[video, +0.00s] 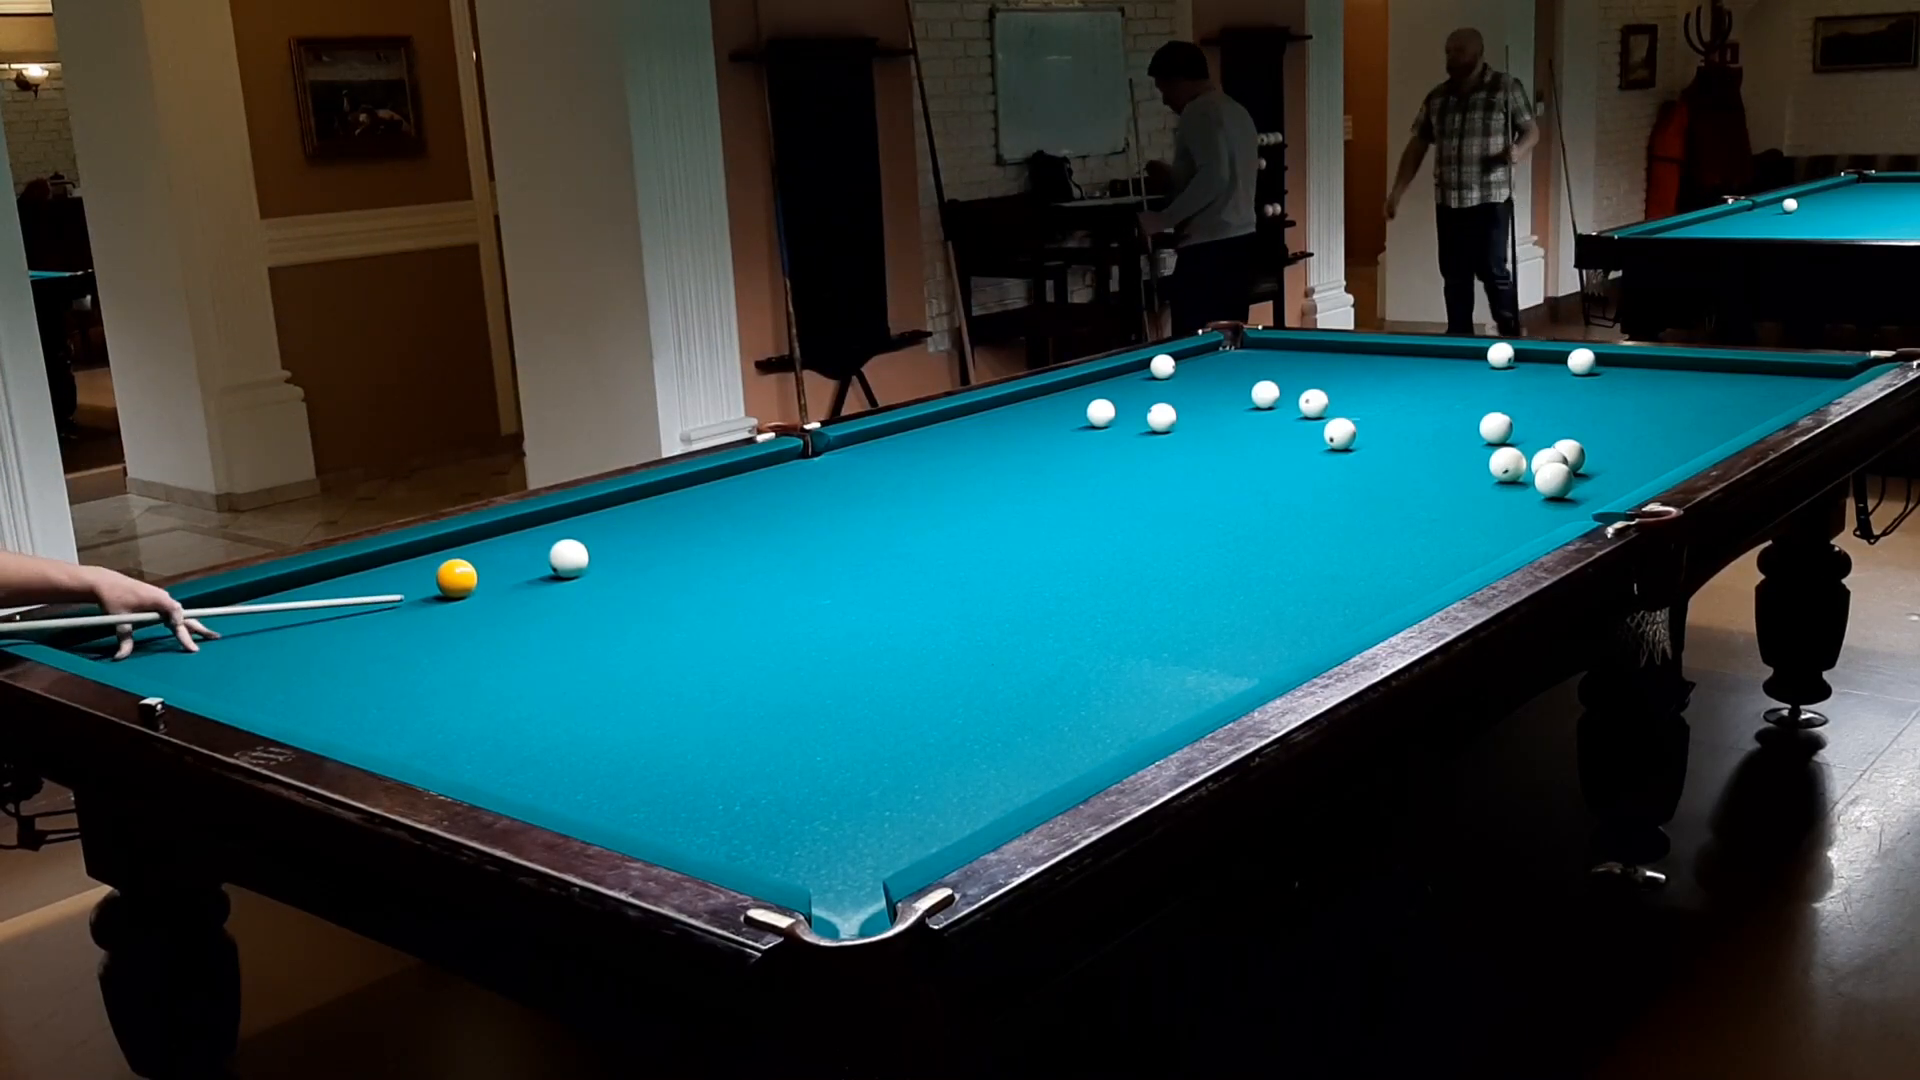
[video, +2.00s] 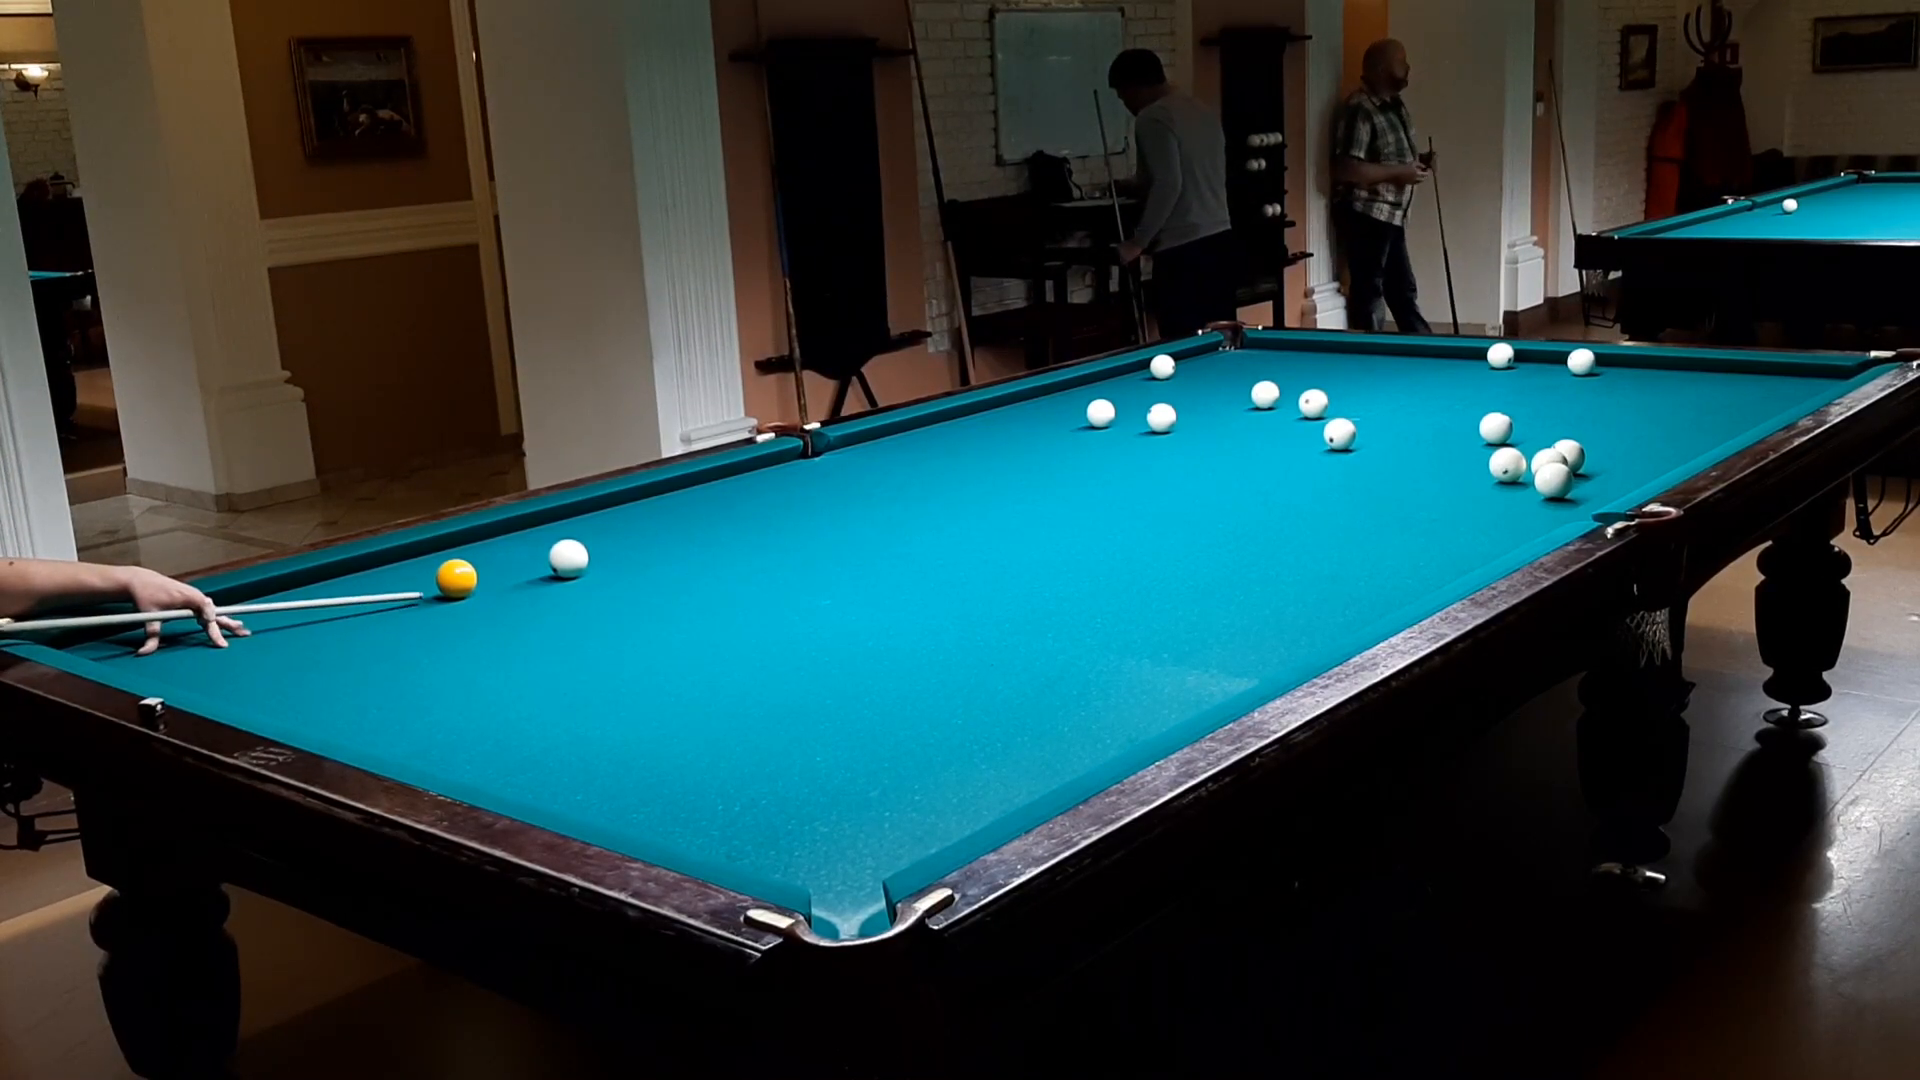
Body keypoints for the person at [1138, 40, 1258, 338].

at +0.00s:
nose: (1163, 99)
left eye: (1163, 88)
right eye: (1160, 89)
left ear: (1178, 80)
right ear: (1199, 74)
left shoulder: (1199, 115)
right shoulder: (1235, 111)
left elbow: (1214, 177)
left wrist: (1163, 219)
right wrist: (1175, 178)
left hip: (1209, 250)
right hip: (1241, 244)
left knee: (1193, 346)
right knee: (1229, 342)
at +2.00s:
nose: (1123, 103)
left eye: (1121, 94)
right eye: (1120, 95)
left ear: (1131, 87)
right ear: (1159, 77)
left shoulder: (1153, 120)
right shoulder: (1201, 110)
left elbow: (1167, 183)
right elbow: (1207, 176)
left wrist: (1137, 242)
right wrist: (1141, 186)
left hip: (1181, 253)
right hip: (1221, 243)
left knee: (1181, 347)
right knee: (1220, 340)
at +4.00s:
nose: (1114, 115)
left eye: (1110, 105)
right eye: (1108, 108)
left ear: (1118, 96)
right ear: (1143, 82)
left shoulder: (1141, 122)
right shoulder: (1188, 110)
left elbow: (1161, 184)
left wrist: (1134, 243)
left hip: (1181, 249)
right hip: (1220, 238)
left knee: (1180, 343)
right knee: (1221, 333)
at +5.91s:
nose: (1107, 115)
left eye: (1104, 107)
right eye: (1102, 108)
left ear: (1114, 98)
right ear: (1137, 86)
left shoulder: (1137, 122)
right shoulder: (1183, 110)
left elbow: (1160, 180)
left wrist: (1134, 243)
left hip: (1182, 250)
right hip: (1219, 239)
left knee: (1180, 343)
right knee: (1220, 336)